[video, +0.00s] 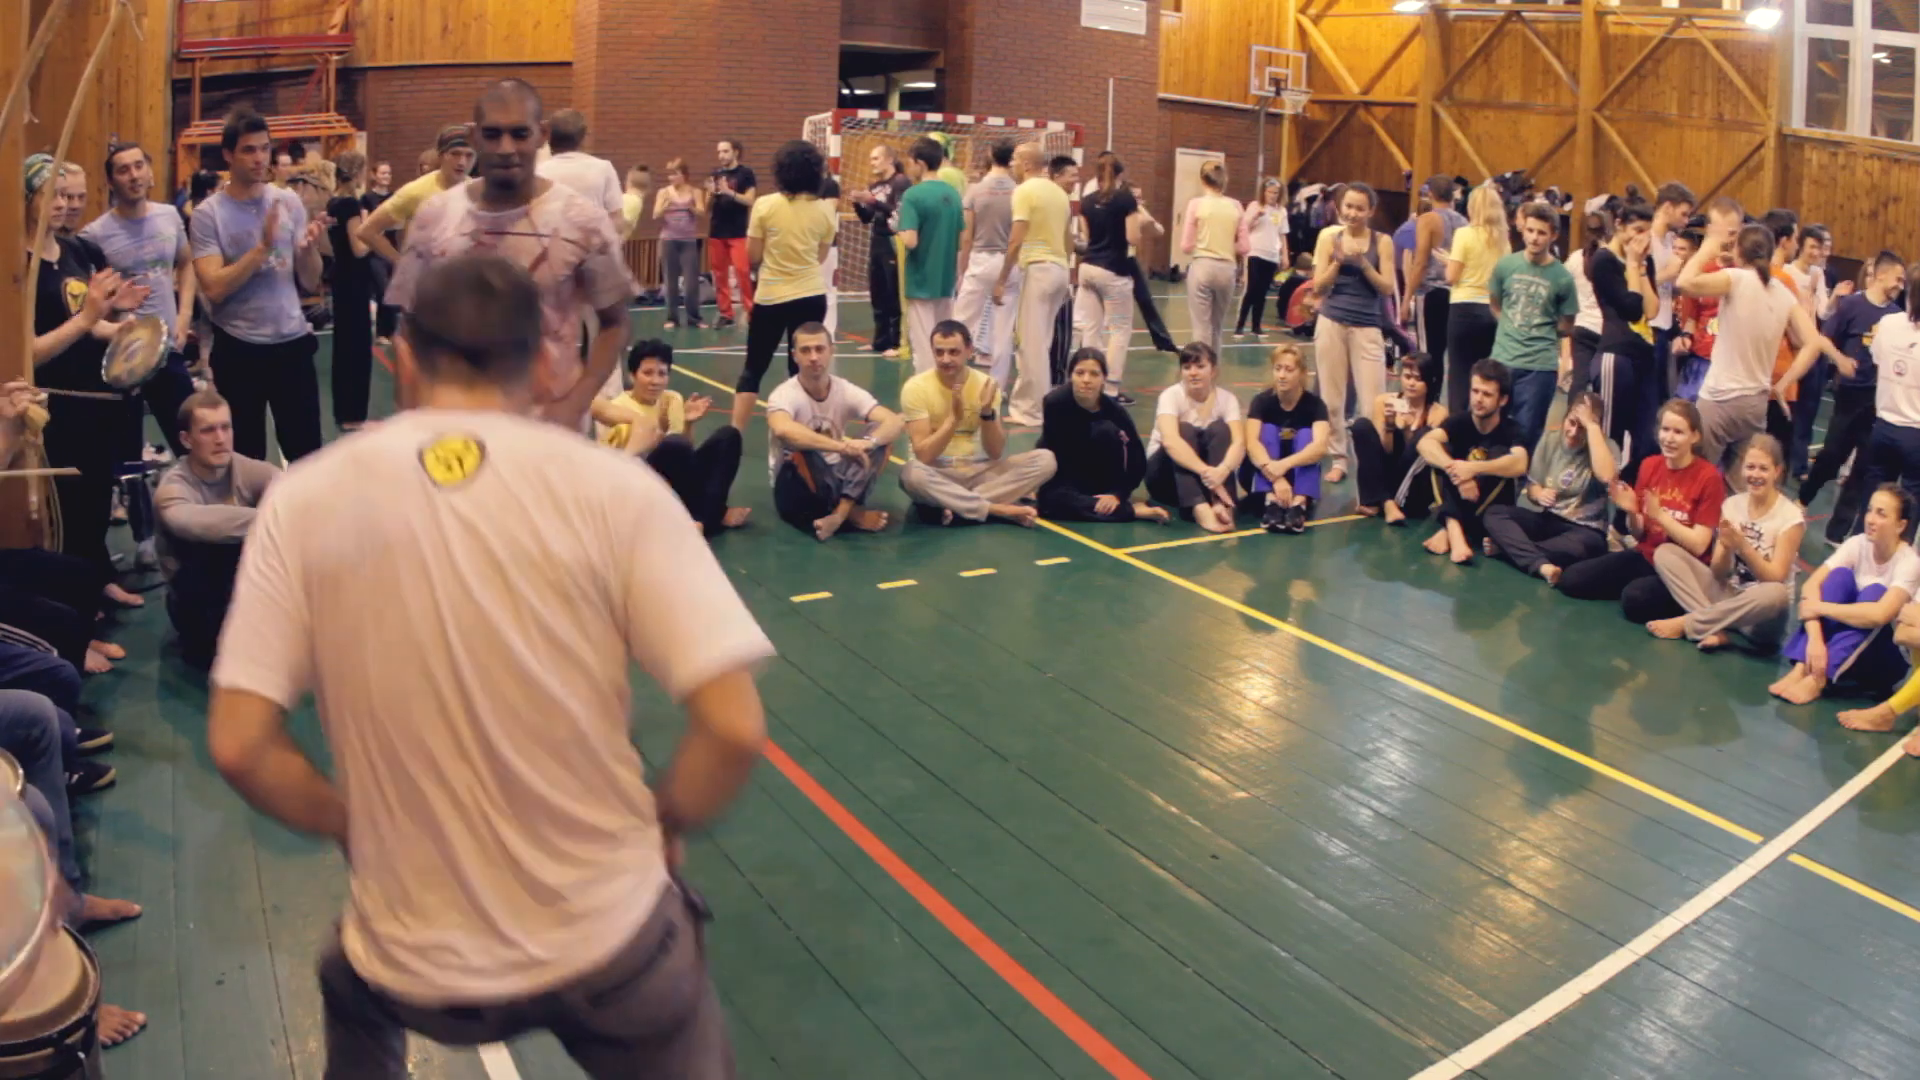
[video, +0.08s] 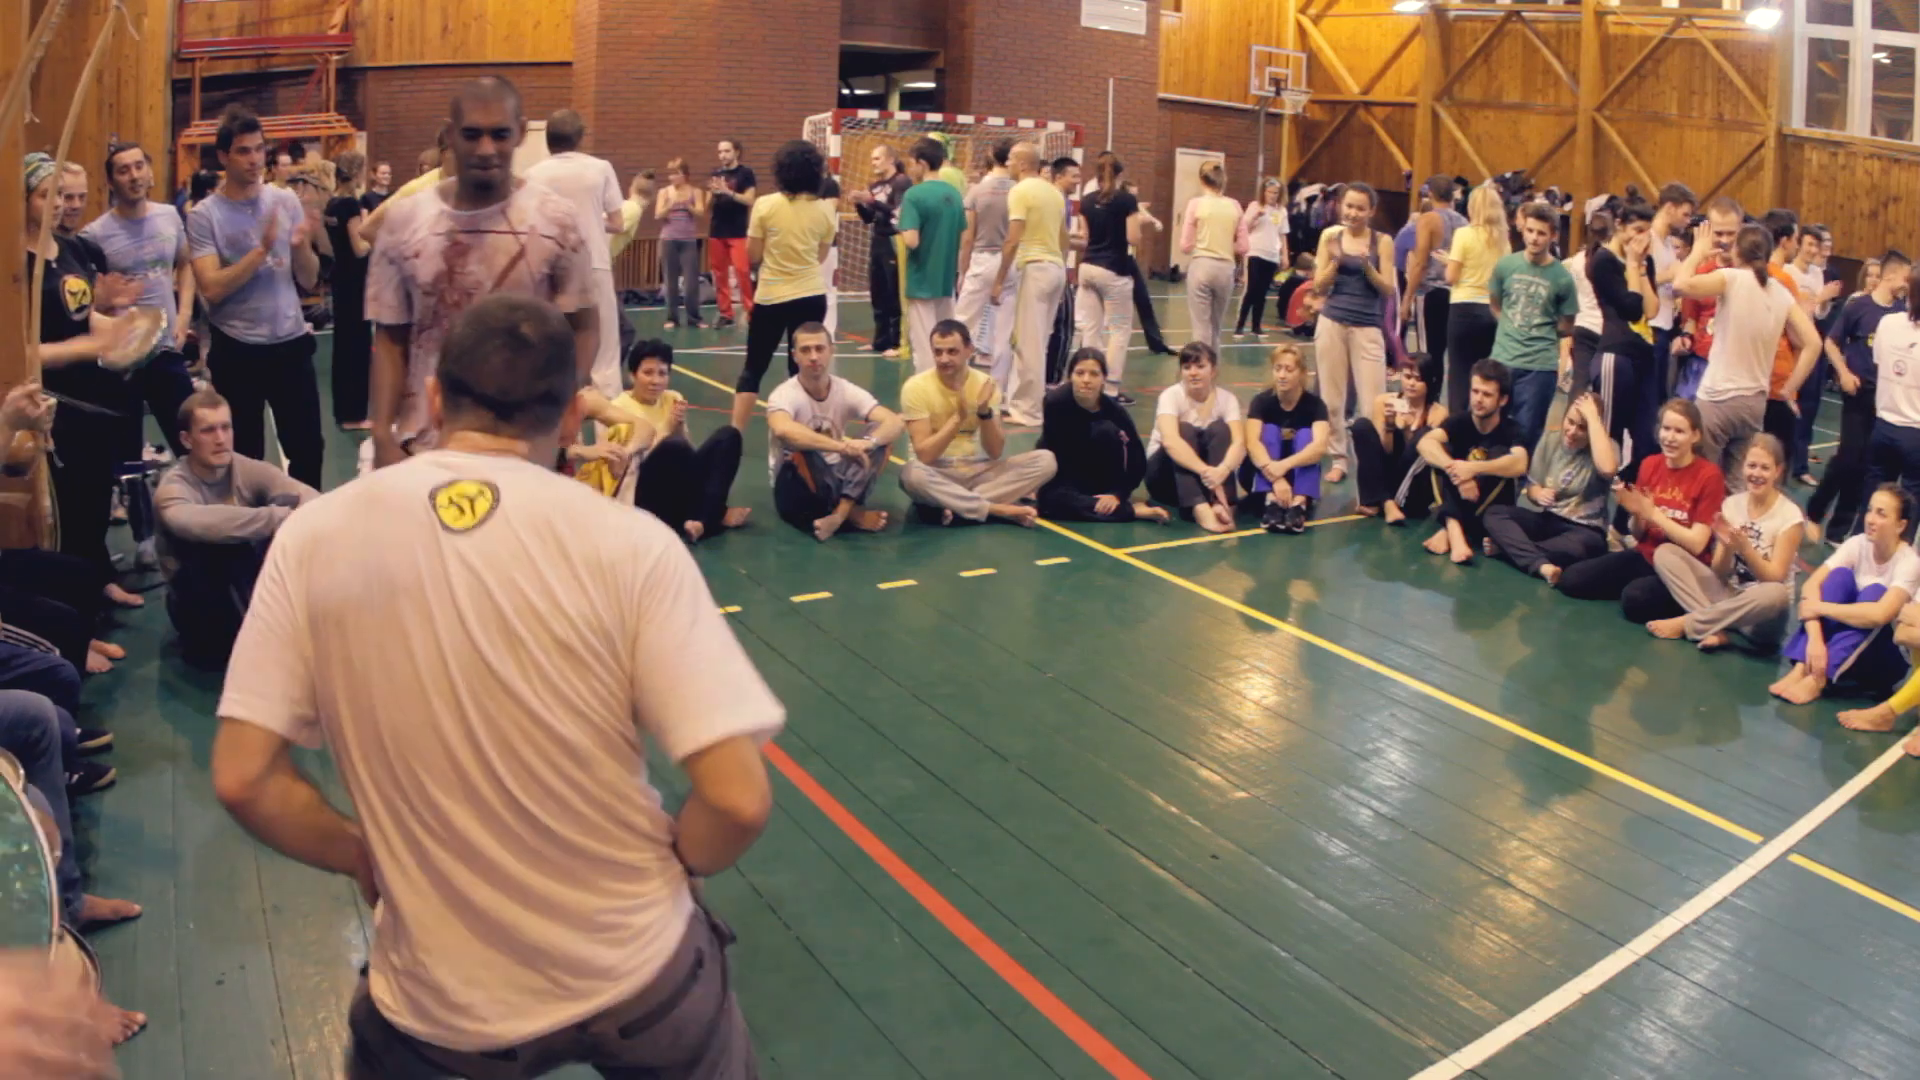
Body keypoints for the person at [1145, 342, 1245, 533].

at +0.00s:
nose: (1193, 373)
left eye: (1200, 366)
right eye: (1187, 367)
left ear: (1214, 371)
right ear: (1181, 372)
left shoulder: (1227, 399)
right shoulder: (1170, 396)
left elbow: (1239, 442)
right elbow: (1170, 442)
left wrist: (1223, 471)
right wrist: (1213, 481)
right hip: (1167, 482)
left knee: (1219, 428)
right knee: (1185, 430)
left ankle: (1222, 503)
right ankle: (1200, 507)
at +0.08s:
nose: (1193, 373)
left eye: (1200, 367)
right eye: (1187, 367)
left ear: (1213, 371)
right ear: (1180, 372)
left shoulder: (1227, 399)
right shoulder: (1170, 396)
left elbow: (1239, 443)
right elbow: (1170, 441)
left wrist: (1222, 471)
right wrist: (1211, 479)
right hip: (1167, 482)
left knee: (1219, 428)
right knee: (1185, 430)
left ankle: (1223, 504)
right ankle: (1200, 507)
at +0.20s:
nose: (1193, 373)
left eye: (1200, 367)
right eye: (1187, 367)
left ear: (1213, 371)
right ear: (1180, 372)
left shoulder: (1227, 399)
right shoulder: (1170, 396)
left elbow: (1239, 443)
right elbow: (1170, 441)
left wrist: (1222, 471)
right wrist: (1212, 480)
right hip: (1167, 482)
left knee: (1219, 428)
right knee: (1185, 430)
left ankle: (1223, 504)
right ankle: (1200, 507)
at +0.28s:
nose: (1193, 373)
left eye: (1200, 367)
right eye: (1187, 368)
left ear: (1213, 371)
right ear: (1181, 372)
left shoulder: (1227, 399)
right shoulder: (1170, 396)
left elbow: (1240, 444)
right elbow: (1170, 441)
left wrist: (1222, 471)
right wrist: (1211, 479)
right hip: (1167, 482)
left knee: (1219, 428)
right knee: (1185, 430)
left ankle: (1222, 504)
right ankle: (1200, 507)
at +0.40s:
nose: (1193, 373)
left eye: (1200, 367)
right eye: (1187, 367)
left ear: (1213, 371)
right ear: (1180, 372)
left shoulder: (1227, 399)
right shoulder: (1170, 396)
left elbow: (1240, 443)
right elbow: (1170, 441)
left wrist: (1222, 471)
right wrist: (1211, 479)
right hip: (1167, 482)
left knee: (1219, 428)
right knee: (1185, 430)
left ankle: (1224, 505)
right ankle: (1200, 507)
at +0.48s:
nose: (1193, 373)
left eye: (1200, 367)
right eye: (1187, 367)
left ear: (1213, 371)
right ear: (1180, 372)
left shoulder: (1227, 399)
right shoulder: (1170, 396)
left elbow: (1240, 443)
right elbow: (1170, 441)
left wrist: (1222, 471)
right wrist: (1212, 480)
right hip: (1167, 482)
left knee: (1219, 428)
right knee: (1185, 430)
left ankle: (1223, 504)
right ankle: (1200, 507)